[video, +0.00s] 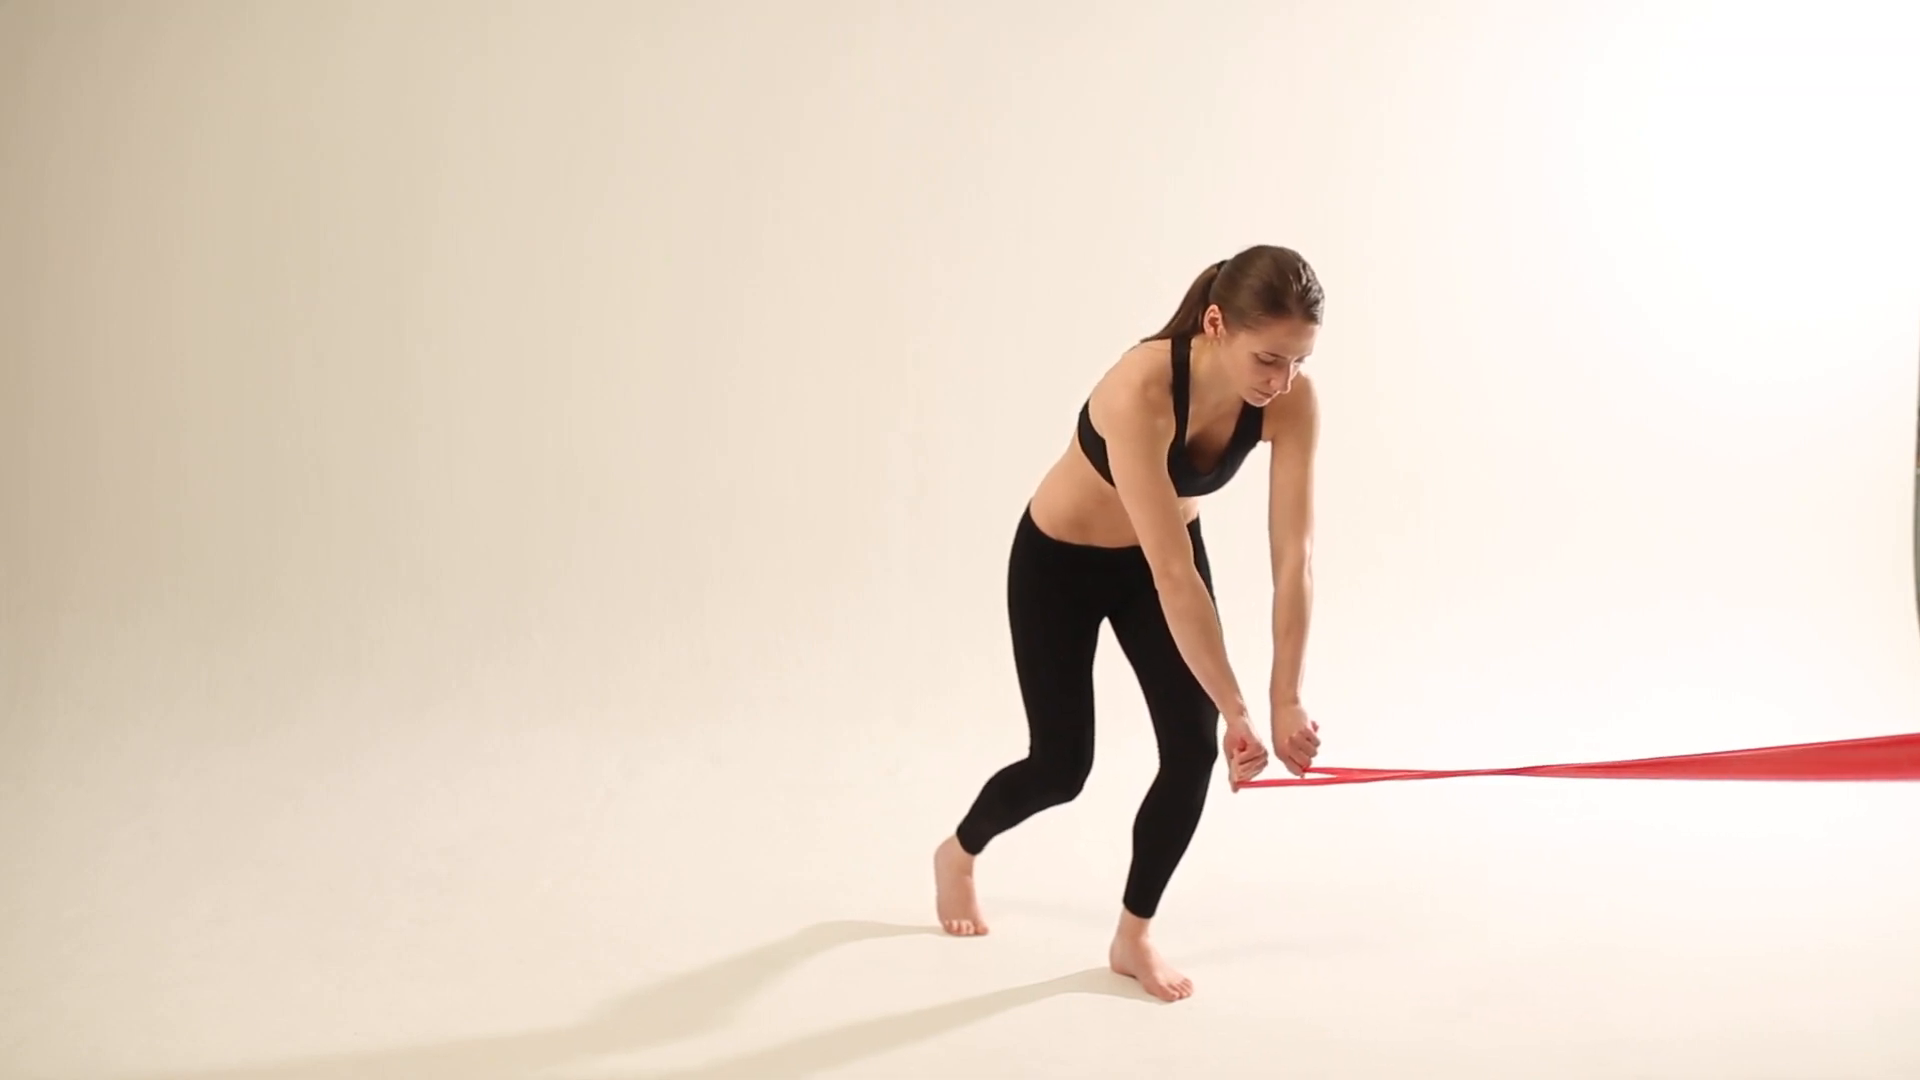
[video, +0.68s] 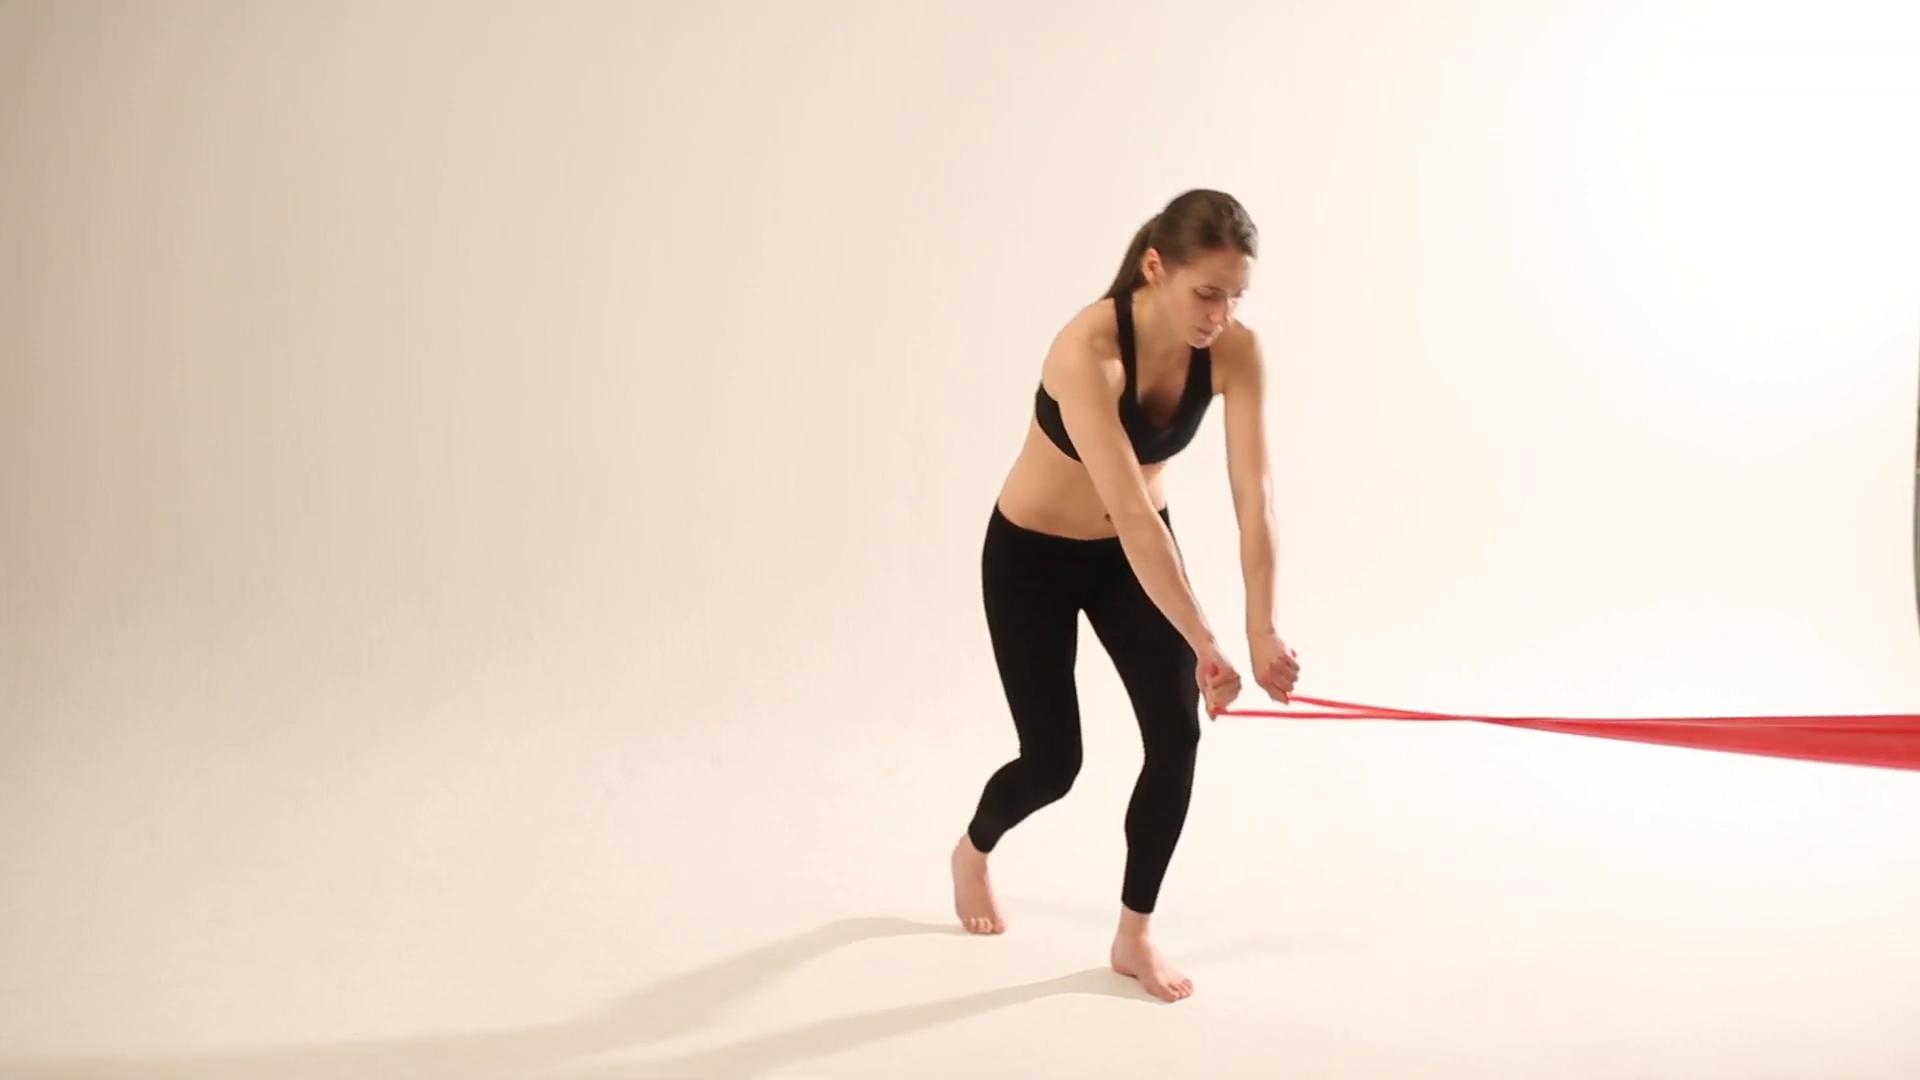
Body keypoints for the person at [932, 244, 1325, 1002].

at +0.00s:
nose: (1284, 379)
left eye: (1297, 361)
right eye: (1270, 358)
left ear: (1310, 342)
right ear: (1214, 325)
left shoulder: (1288, 401)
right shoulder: (1137, 390)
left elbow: (1293, 554)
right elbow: (1174, 577)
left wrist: (1286, 698)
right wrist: (1235, 712)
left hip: (1163, 557)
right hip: (1060, 559)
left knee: (1190, 752)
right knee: (1061, 766)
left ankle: (1133, 932)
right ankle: (958, 850)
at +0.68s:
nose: (1224, 315)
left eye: (1235, 296)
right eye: (1209, 293)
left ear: (1246, 285)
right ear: (1153, 268)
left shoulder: (1231, 347)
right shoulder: (1084, 350)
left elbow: (1252, 495)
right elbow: (1133, 517)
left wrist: (1262, 633)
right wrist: (1203, 642)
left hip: (1134, 554)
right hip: (1031, 556)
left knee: (1175, 739)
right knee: (1053, 762)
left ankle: (1133, 931)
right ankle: (971, 848)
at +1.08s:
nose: (1076, 204)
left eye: (1088, 186)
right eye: (1062, 184)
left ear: (1097, 187)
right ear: (1011, 173)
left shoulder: (1092, 258)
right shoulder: (956, 264)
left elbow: (1150, 375)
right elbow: (983, 405)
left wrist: (1159, 467)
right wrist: (1093, 483)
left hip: (1043, 509)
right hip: (945, 513)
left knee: (1100, 696)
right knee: (988, 705)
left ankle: (1118, 897)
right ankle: (974, 873)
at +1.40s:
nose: (988, 138)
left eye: (998, 123)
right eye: (972, 121)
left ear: (1003, 126)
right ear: (922, 121)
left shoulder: (1014, 208)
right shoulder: (875, 216)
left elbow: (1125, 276)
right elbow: (816, 337)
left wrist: (1118, 293)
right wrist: (918, 311)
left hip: (1003, 473)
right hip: (908, 478)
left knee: (1012, 673)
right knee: (943, 674)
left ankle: (932, 757)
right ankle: (966, 868)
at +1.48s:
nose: (970, 134)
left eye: (979, 119)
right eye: (954, 118)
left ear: (986, 122)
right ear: (906, 119)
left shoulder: (999, 204)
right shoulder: (861, 214)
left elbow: (1091, 254)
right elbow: (778, 327)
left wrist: (1107, 266)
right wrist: (864, 281)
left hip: (995, 469)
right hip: (903, 474)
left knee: (994, 665)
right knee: (936, 671)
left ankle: (914, 765)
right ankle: (965, 870)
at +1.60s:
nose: (948, 133)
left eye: (957, 119)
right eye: (932, 117)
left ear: (963, 124)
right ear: (884, 120)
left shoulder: (982, 206)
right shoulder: (844, 215)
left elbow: (1085, 279)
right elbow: (742, 325)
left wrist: (1094, 236)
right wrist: (797, 253)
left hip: (982, 465)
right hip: (891, 469)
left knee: (963, 658)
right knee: (925, 664)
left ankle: (890, 778)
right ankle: (963, 863)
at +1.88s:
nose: (916, 131)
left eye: (923, 116)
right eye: (899, 116)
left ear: (929, 122)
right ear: (853, 121)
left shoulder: (944, 208)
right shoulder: (812, 216)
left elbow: (1014, 295)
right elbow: (719, 325)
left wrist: (1090, 230)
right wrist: (669, 264)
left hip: (944, 456)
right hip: (857, 458)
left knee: (922, 641)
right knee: (901, 641)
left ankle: (871, 803)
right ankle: (938, 842)